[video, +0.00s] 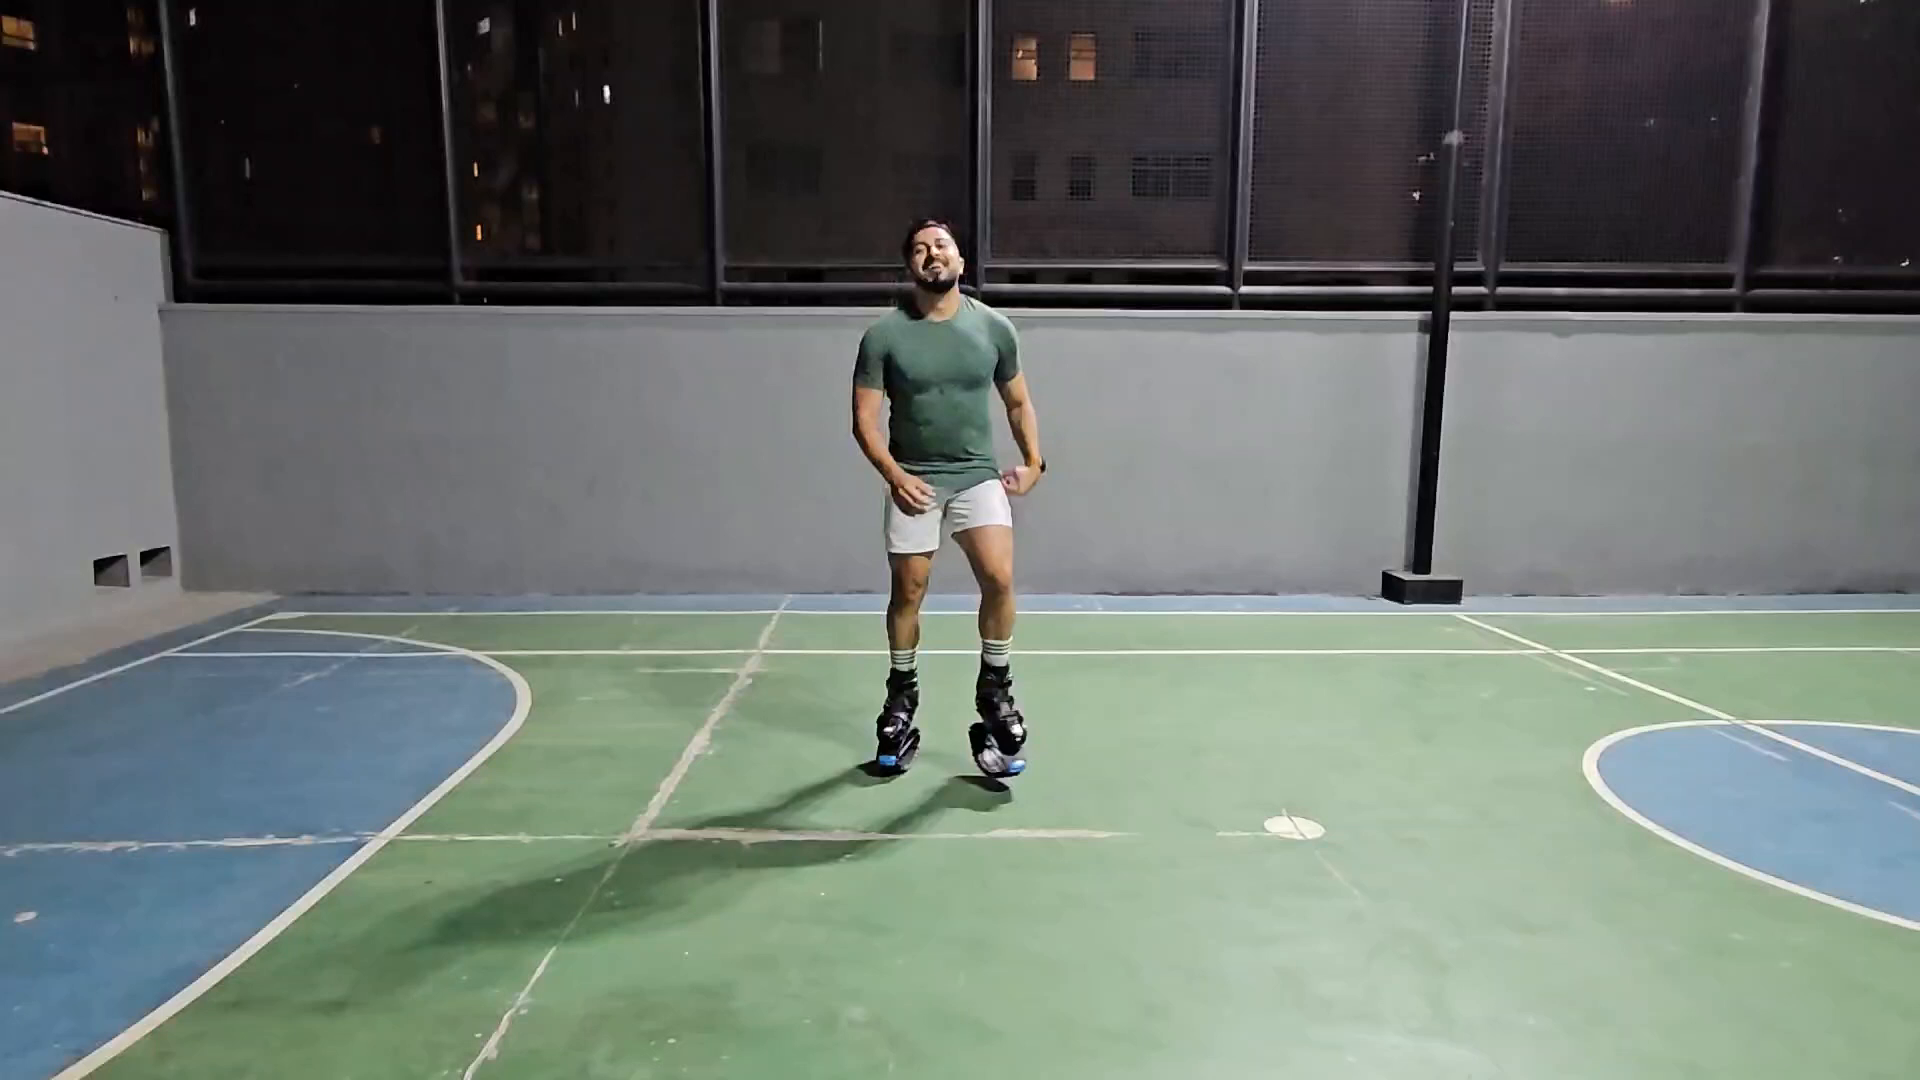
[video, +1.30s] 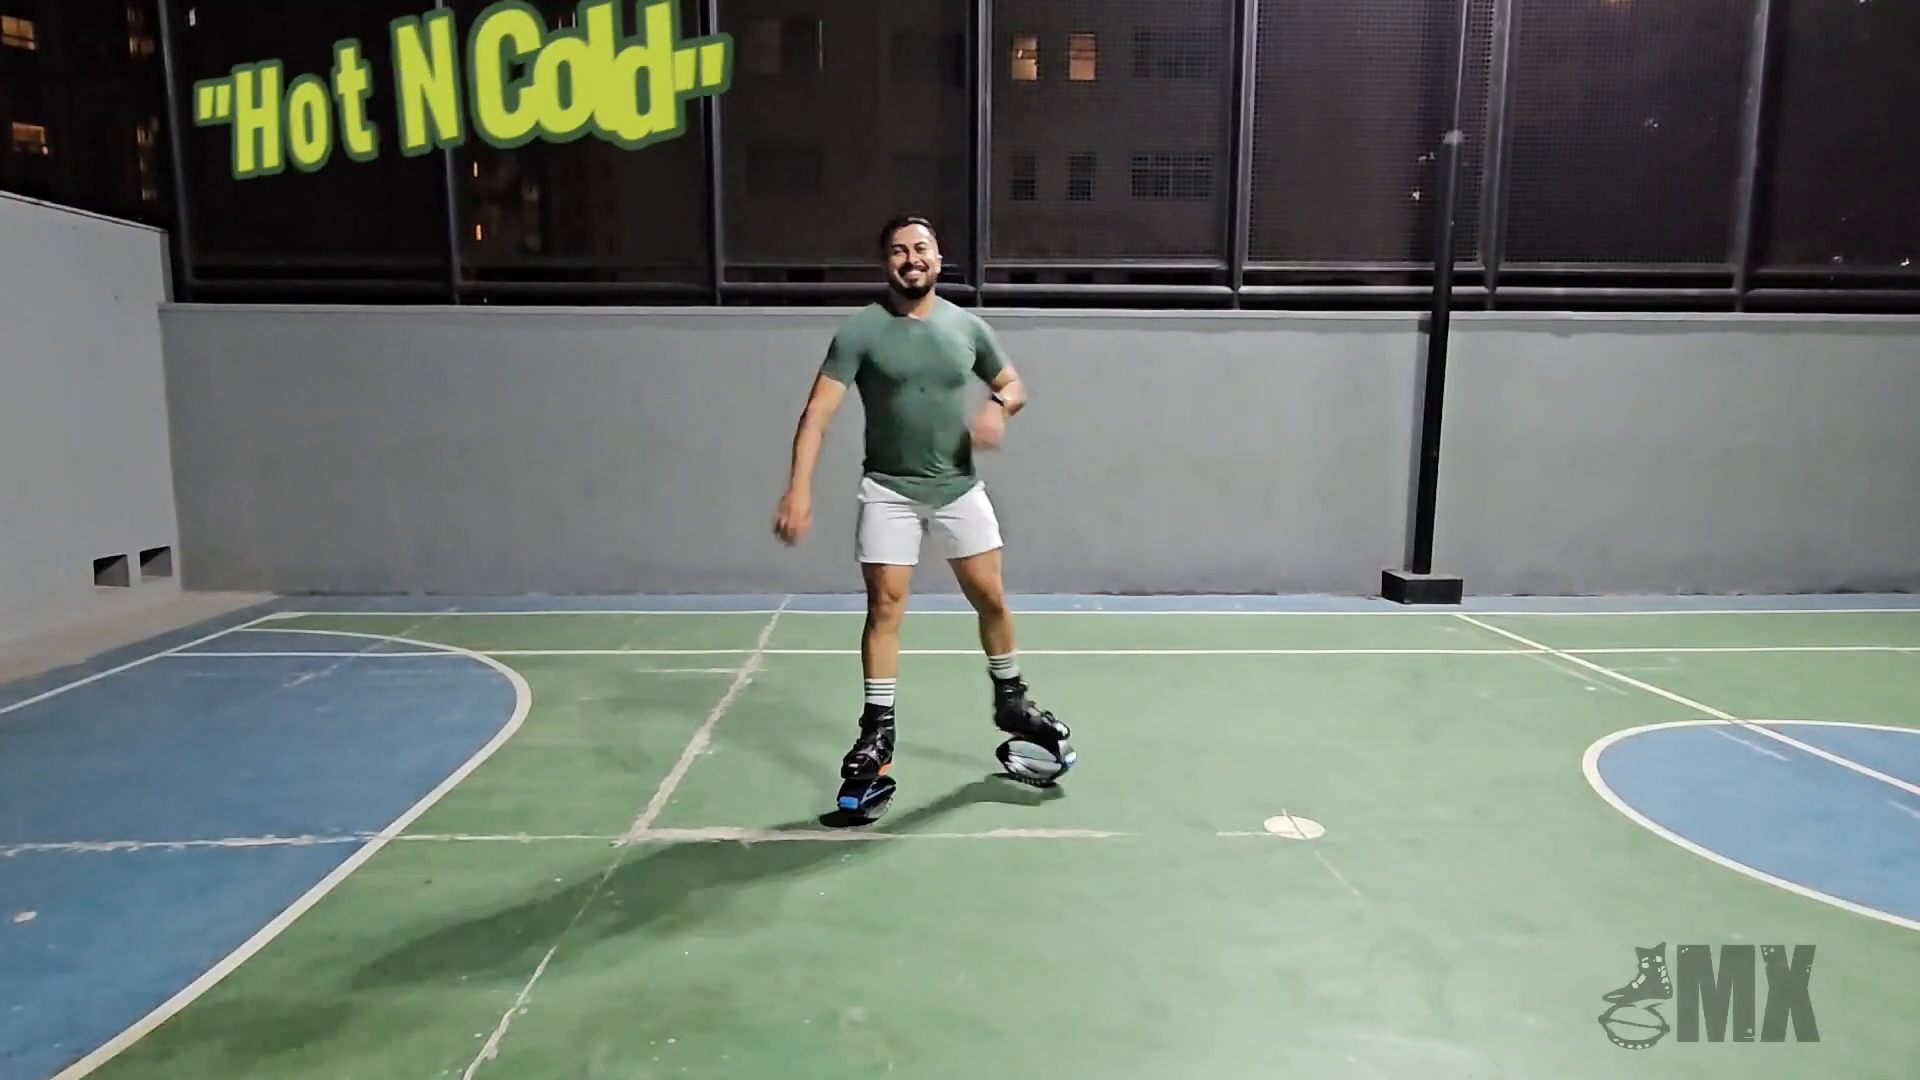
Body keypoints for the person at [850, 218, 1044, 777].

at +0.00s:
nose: (934, 253)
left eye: (943, 245)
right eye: (922, 250)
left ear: (962, 262)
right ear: (910, 271)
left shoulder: (994, 328)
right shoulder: (883, 336)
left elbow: (1018, 402)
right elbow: (866, 424)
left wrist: (1033, 461)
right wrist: (897, 476)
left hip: (979, 477)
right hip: (913, 480)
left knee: (999, 580)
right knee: (908, 590)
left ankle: (995, 692)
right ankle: (901, 703)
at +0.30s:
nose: (970, 261)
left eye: (978, 251)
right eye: (958, 257)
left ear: (997, 264)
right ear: (945, 275)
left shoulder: (1032, 337)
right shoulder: (922, 338)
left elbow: (1055, 420)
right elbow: (887, 423)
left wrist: (1039, 421)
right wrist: (871, 499)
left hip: (1009, 488)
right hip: (943, 487)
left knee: (1031, 596)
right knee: (928, 595)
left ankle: (1033, 713)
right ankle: (905, 706)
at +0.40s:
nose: (982, 257)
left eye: (990, 247)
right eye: (970, 253)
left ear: (1010, 256)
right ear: (958, 270)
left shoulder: (1048, 326)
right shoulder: (936, 330)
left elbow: (1069, 411)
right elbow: (893, 410)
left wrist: (1038, 368)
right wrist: (861, 481)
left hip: (1023, 480)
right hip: (957, 477)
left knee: (1038, 594)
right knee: (938, 594)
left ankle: (1037, 715)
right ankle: (914, 695)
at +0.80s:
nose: (986, 288)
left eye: (994, 274)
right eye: (974, 280)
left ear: (1015, 265)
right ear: (960, 281)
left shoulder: (1052, 327)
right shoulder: (943, 348)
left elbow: (1060, 374)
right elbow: (918, 413)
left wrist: (1067, 417)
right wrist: (920, 439)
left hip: (1039, 487)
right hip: (973, 487)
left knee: (1056, 606)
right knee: (978, 604)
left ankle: (1044, 719)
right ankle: (987, 726)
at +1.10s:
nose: (942, 259)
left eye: (953, 249)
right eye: (932, 252)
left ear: (975, 258)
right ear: (920, 266)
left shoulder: (1014, 318)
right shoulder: (901, 338)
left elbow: (1070, 367)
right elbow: (860, 421)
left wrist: (1061, 438)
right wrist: (876, 388)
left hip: (1009, 480)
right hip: (941, 478)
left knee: (1023, 591)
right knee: (909, 578)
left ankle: (1037, 712)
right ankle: (904, 709)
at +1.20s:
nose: (928, 261)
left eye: (938, 251)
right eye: (917, 254)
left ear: (959, 262)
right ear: (903, 268)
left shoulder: (993, 322)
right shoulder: (881, 339)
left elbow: (1041, 363)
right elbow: (836, 402)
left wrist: (1028, 424)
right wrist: (837, 423)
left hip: (988, 489)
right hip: (917, 490)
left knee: (1008, 590)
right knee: (899, 598)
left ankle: (1033, 710)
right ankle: (878, 728)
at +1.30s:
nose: (912, 258)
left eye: (921, 248)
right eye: (900, 250)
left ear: (940, 259)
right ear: (884, 265)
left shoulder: (968, 327)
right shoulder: (859, 332)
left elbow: (1012, 387)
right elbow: (817, 414)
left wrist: (996, 409)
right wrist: (798, 491)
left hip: (957, 489)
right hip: (889, 490)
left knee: (992, 598)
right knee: (884, 602)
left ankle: (1011, 702)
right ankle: (877, 732)